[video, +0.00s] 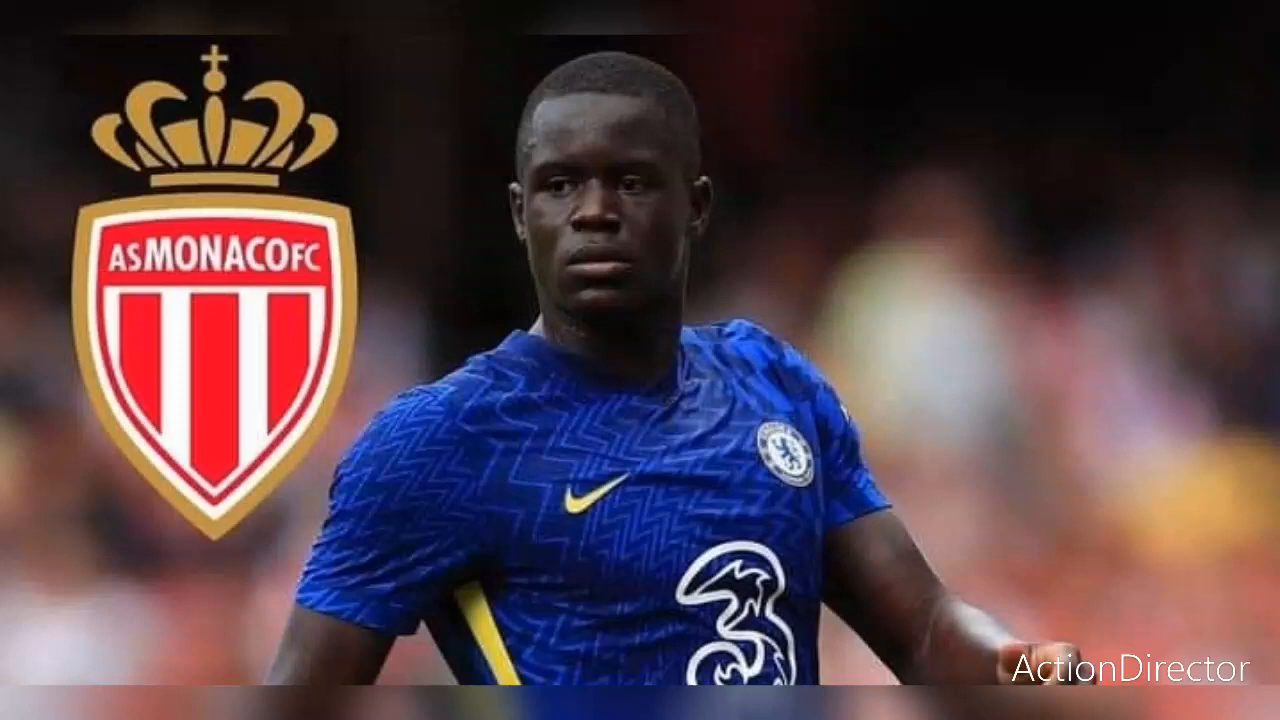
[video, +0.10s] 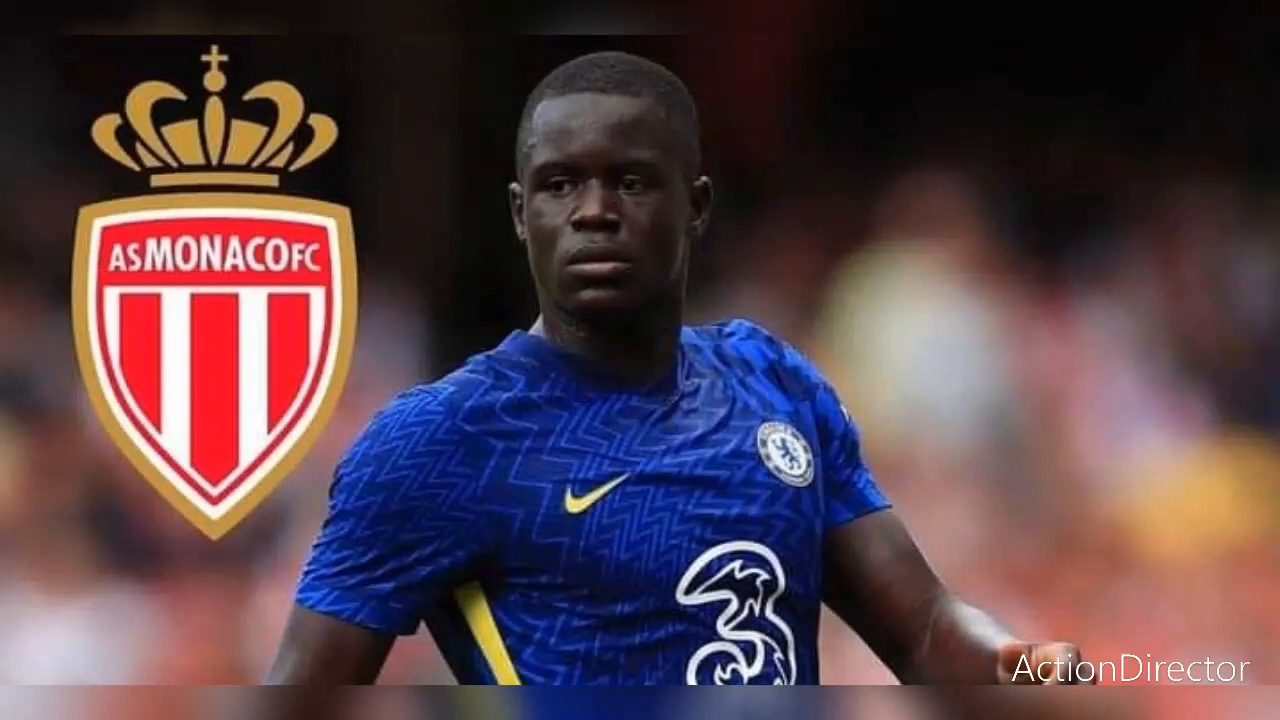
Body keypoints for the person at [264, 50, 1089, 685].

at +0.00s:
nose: (595, 210)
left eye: (633, 178)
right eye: (560, 181)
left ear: (697, 208)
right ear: (522, 214)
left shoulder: (771, 385)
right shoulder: (433, 444)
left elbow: (921, 627)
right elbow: (302, 690)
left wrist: (1020, 676)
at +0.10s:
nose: (596, 209)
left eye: (633, 178)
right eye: (560, 180)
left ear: (697, 208)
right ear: (523, 215)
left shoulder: (771, 385)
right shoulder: (433, 445)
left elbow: (921, 626)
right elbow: (301, 691)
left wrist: (1020, 675)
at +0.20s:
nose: (596, 209)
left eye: (633, 178)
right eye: (560, 181)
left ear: (697, 208)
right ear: (523, 215)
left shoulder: (771, 385)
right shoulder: (433, 445)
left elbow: (921, 626)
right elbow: (301, 691)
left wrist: (1019, 675)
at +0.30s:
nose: (595, 209)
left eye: (633, 178)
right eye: (560, 181)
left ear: (697, 208)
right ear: (523, 215)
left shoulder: (771, 385)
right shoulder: (433, 444)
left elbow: (921, 626)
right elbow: (301, 691)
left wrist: (1018, 675)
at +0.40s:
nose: (595, 210)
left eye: (633, 178)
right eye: (560, 182)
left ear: (697, 208)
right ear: (523, 215)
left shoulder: (771, 385)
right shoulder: (434, 444)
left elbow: (921, 626)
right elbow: (300, 691)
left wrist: (1022, 673)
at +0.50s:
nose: (595, 209)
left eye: (633, 178)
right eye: (560, 181)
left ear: (697, 208)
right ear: (523, 215)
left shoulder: (771, 385)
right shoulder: (433, 445)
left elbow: (921, 626)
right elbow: (300, 692)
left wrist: (1021, 673)